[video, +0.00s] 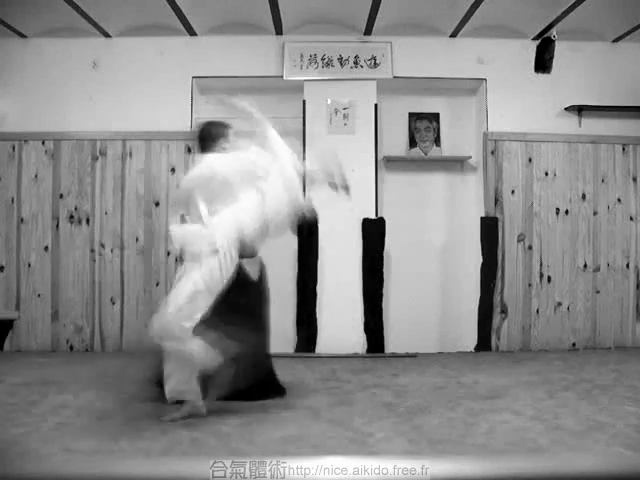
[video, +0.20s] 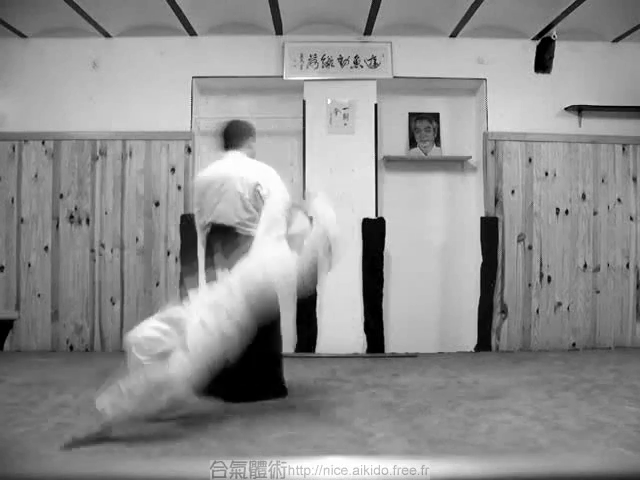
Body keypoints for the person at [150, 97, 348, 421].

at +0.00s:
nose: (232, 142)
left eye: (229, 138)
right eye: (229, 138)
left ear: (200, 145)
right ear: (224, 140)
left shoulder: (194, 178)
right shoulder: (245, 164)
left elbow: (190, 225)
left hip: (213, 258)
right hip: (246, 258)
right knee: (250, 322)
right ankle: (256, 380)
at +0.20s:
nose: (255, 147)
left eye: (253, 142)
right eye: (254, 142)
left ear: (225, 143)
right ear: (249, 143)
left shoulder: (205, 175)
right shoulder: (262, 173)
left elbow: (200, 221)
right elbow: (278, 216)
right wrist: (276, 252)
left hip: (216, 248)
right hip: (252, 248)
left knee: (221, 311)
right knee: (260, 310)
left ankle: (221, 382)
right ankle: (263, 382)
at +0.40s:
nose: (266, 150)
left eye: (266, 145)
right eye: (266, 145)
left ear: (237, 143)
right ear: (261, 144)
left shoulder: (215, 173)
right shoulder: (267, 180)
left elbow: (207, 218)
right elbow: (272, 229)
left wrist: (204, 252)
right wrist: (269, 261)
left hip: (217, 248)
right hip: (245, 251)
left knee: (217, 313)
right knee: (247, 319)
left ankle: (214, 373)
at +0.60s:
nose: (264, 149)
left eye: (264, 144)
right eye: (264, 144)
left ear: (235, 143)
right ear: (259, 143)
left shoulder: (216, 174)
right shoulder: (264, 178)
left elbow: (219, 215)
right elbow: (279, 229)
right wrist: (296, 262)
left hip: (220, 249)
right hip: (252, 253)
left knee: (222, 317)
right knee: (262, 318)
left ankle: (221, 378)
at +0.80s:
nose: (262, 149)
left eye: (261, 145)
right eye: (261, 145)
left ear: (232, 144)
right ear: (256, 143)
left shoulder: (215, 173)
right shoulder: (261, 174)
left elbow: (218, 214)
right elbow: (282, 215)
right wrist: (301, 252)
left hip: (218, 251)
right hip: (250, 252)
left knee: (221, 319)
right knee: (265, 318)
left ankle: (218, 388)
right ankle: (263, 384)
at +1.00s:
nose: (261, 150)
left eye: (260, 145)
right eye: (261, 145)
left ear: (232, 144)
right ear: (255, 144)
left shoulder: (214, 174)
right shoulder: (262, 175)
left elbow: (214, 212)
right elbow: (281, 217)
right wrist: (288, 251)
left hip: (217, 248)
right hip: (249, 252)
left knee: (218, 313)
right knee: (263, 315)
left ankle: (214, 381)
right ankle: (262, 381)